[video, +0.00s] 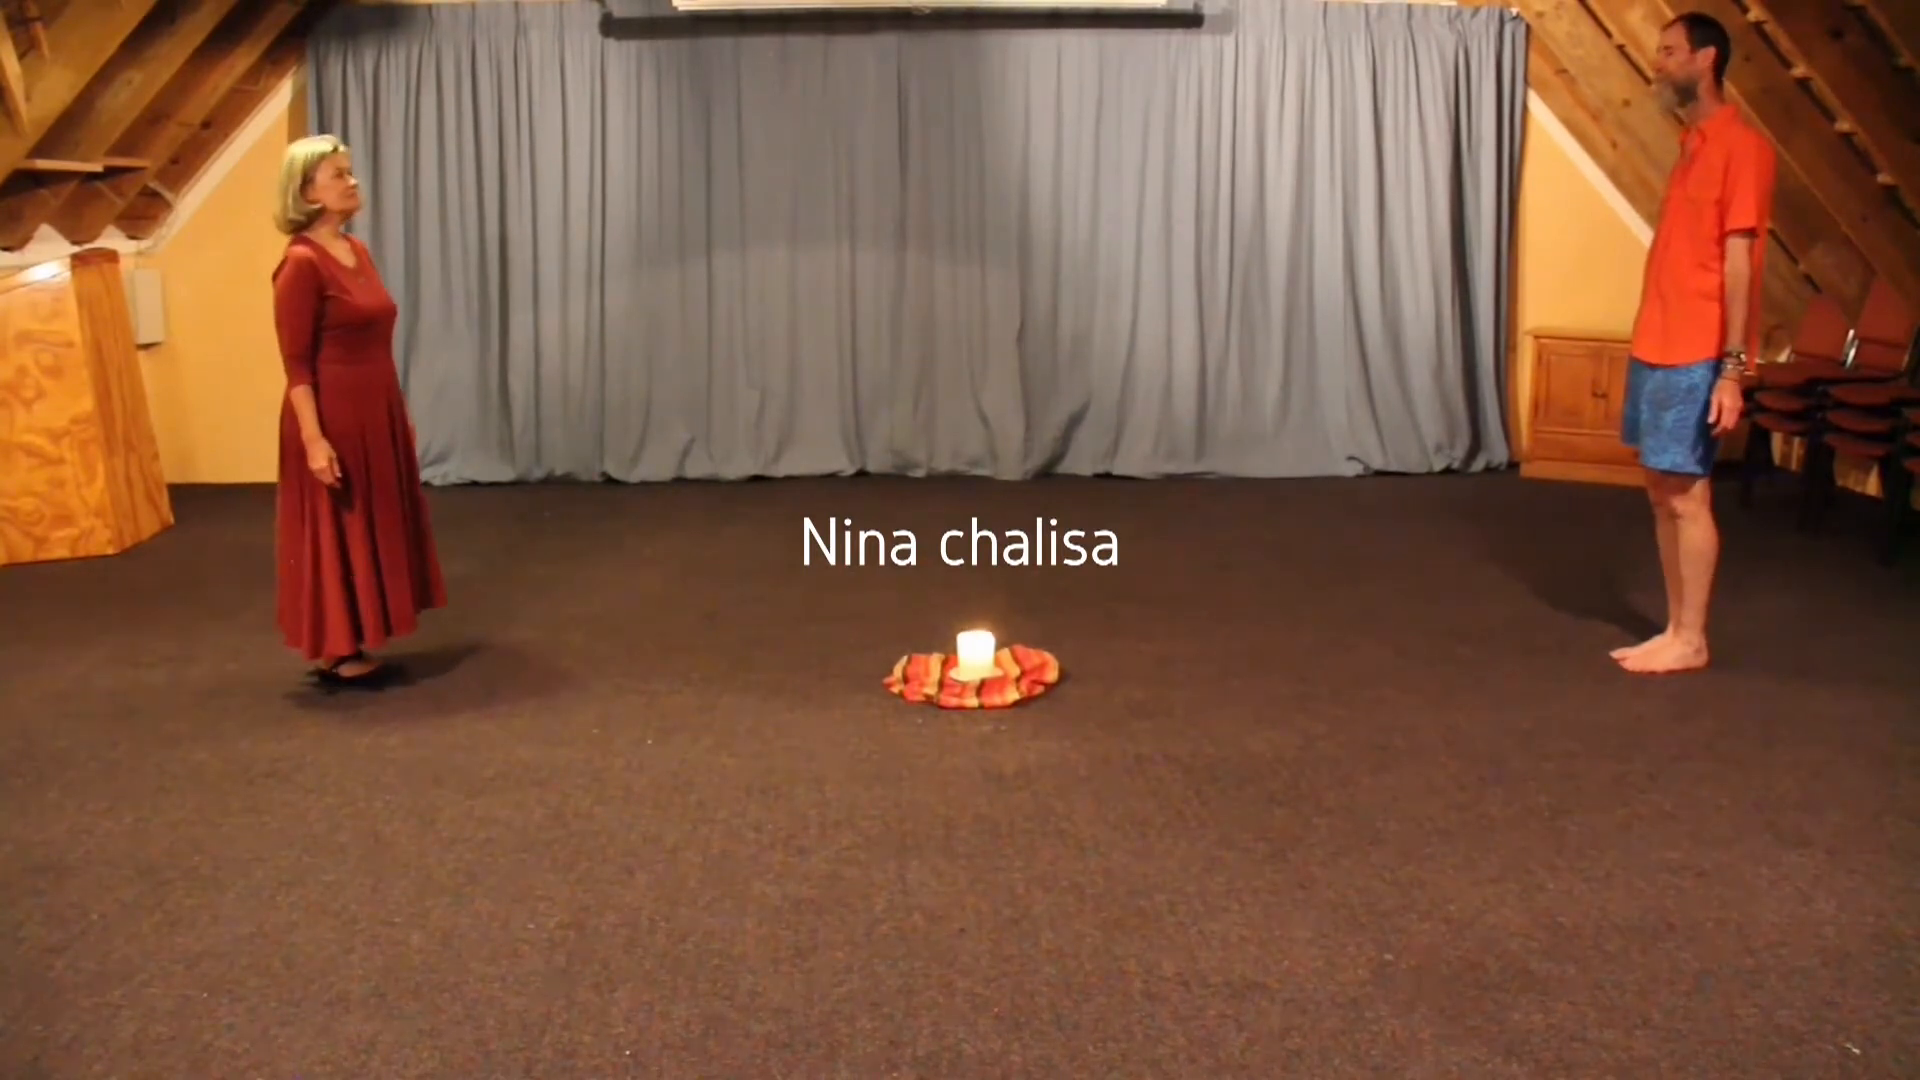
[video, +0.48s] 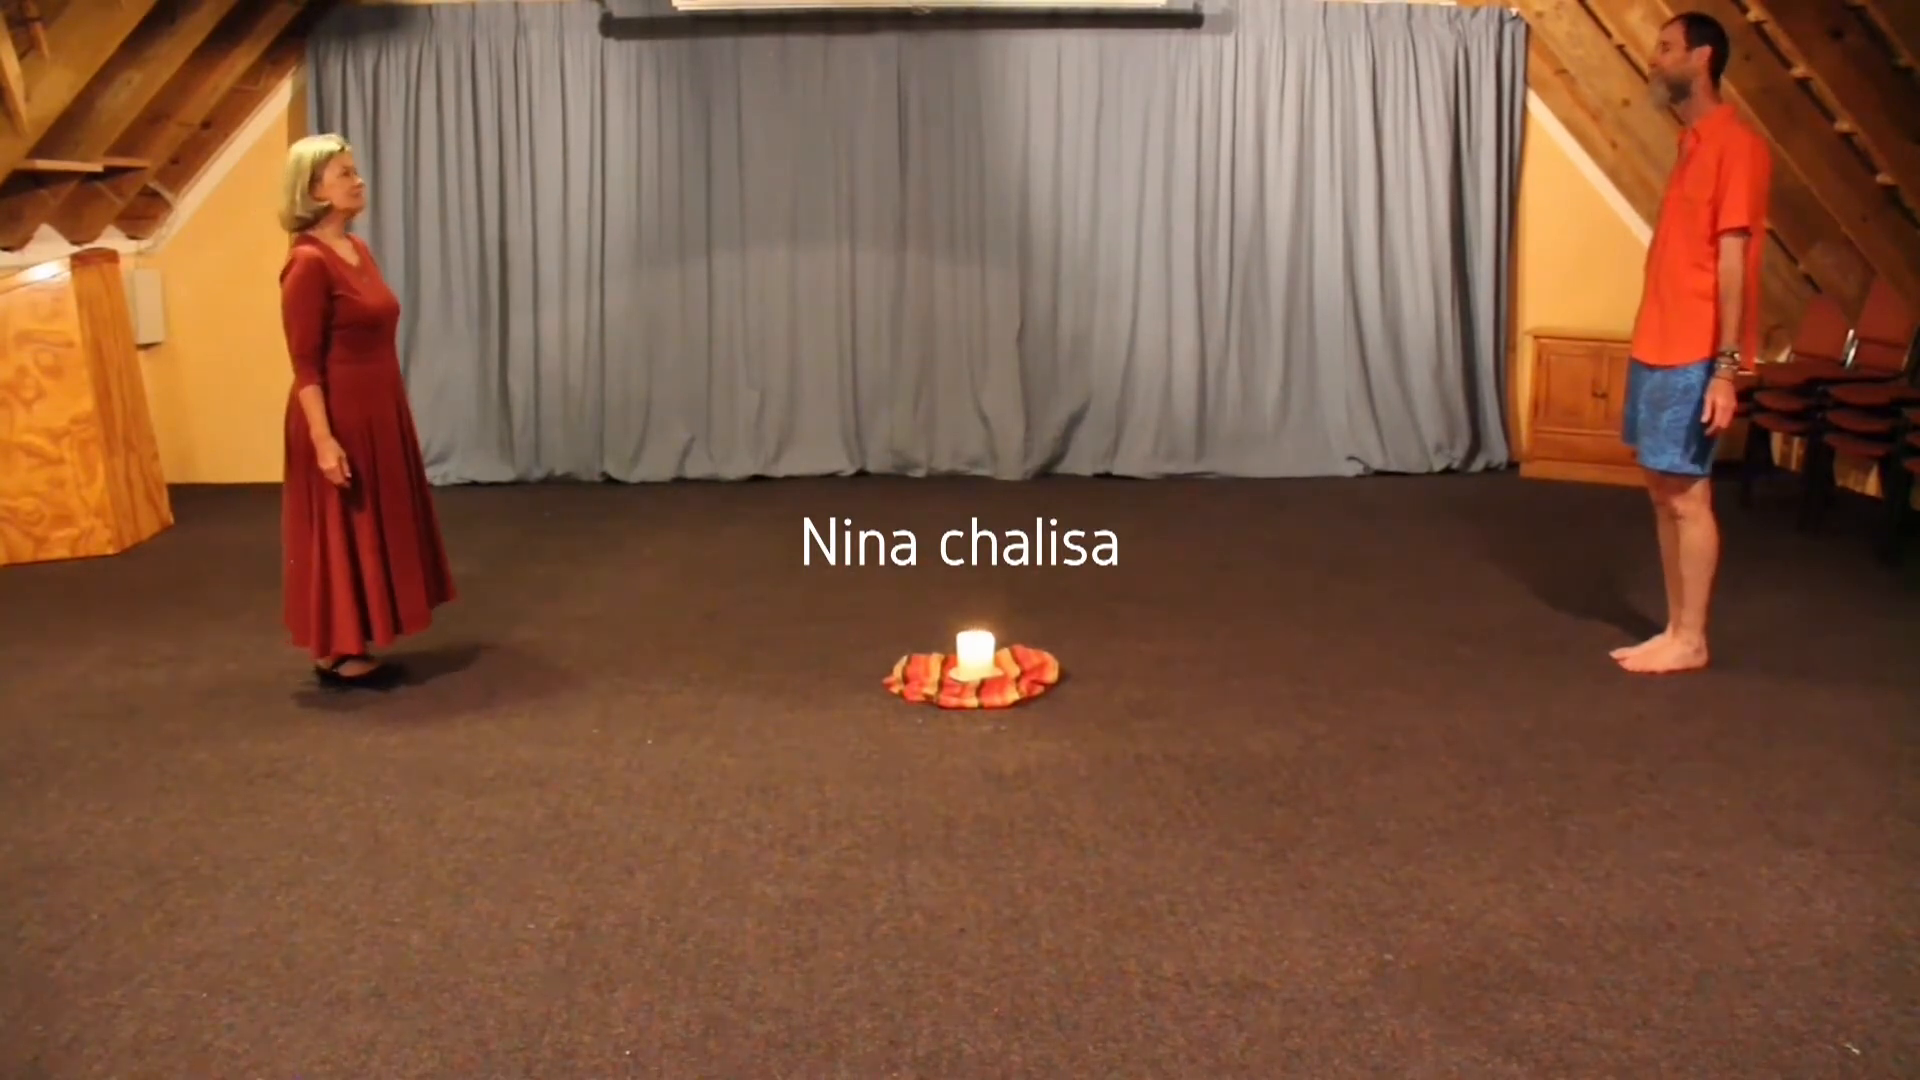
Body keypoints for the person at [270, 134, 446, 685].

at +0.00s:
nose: (354, 182)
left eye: (351, 173)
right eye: (340, 175)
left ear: (343, 185)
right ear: (309, 191)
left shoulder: (354, 250)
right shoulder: (300, 262)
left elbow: (373, 347)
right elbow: (296, 362)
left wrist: (396, 412)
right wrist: (313, 437)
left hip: (374, 407)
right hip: (332, 412)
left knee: (364, 520)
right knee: (333, 524)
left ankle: (351, 641)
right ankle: (335, 647)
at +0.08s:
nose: (355, 183)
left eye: (353, 173)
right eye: (342, 175)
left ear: (348, 184)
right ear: (310, 191)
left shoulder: (356, 250)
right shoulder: (301, 262)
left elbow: (374, 348)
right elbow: (297, 362)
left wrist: (395, 417)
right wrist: (315, 439)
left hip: (375, 408)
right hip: (333, 414)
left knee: (365, 521)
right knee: (334, 525)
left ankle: (353, 643)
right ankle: (334, 648)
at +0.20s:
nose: (357, 181)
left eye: (354, 172)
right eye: (343, 174)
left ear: (346, 183)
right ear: (312, 190)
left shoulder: (356, 248)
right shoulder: (303, 262)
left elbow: (373, 346)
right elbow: (300, 361)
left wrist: (393, 416)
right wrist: (317, 437)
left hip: (377, 406)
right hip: (336, 412)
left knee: (366, 520)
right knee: (337, 524)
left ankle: (354, 643)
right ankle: (336, 648)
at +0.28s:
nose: (358, 181)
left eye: (355, 171)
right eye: (344, 173)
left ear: (345, 184)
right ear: (314, 189)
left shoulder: (356, 248)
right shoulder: (304, 261)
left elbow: (370, 343)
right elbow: (302, 362)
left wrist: (391, 413)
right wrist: (319, 437)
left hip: (376, 405)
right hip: (337, 410)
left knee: (367, 519)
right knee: (338, 524)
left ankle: (355, 643)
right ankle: (338, 648)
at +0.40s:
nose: (358, 181)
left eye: (356, 171)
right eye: (345, 173)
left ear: (348, 183)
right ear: (314, 189)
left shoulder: (356, 248)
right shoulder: (306, 261)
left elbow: (371, 343)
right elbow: (303, 361)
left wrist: (392, 413)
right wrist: (321, 437)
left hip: (376, 405)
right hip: (337, 411)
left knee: (367, 520)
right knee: (338, 524)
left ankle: (354, 644)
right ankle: (339, 649)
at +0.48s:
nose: (359, 182)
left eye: (357, 172)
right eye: (346, 174)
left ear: (346, 185)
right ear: (316, 189)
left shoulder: (355, 248)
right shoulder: (307, 262)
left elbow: (369, 344)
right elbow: (304, 363)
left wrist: (391, 413)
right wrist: (322, 438)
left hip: (376, 407)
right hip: (338, 412)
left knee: (367, 521)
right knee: (338, 525)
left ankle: (354, 644)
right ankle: (337, 649)